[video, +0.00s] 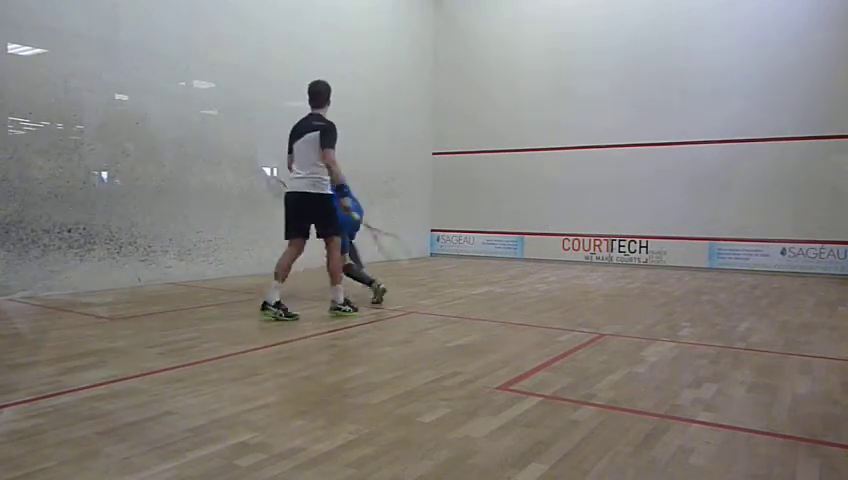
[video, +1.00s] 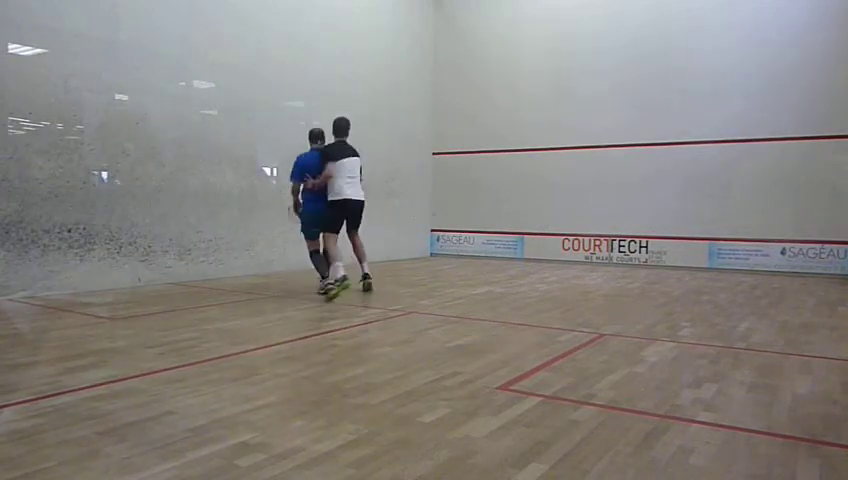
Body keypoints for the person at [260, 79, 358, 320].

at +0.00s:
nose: (329, 102)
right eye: (329, 99)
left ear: (309, 100)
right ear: (328, 101)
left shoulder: (297, 127)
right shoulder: (327, 127)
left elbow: (291, 165)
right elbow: (328, 160)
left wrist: (313, 179)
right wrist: (342, 190)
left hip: (294, 193)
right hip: (320, 194)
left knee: (295, 245)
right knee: (333, 243)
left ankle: (271, 300)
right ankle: (338, 300)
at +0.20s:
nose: (343, 105)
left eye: (336, 101)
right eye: (343, 102)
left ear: (323, 103)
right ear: (343, 103)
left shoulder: (312, 131)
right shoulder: (346, 128)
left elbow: (300, 167)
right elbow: (355, 159)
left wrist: (312, 187)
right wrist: (373, 192)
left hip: (315, 197)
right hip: (341, 196)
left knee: (321, 243)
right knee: (353, 243)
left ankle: (296, 282)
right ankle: (346, 296)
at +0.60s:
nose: (316, 128)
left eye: (316, 125)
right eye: (319, 124)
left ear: (314, 127)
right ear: (332, 126)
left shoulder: (312, 152)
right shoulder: (350, 146)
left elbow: (295, 180)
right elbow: (367, 173)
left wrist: (289, 207)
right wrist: (375, 202)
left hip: (329, 208)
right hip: (356, 207)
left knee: (314, 243)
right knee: (360, 246)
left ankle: (310, 284)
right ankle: (373, 277)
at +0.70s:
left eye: (310, 144)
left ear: (310, 145)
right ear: (327, 143)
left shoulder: (308, 167)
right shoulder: (345, 161)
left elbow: (298, 202)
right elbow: (367, 182)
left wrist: (296, 206)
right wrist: (378, 207)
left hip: (329, 213)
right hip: (354, 211)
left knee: (314, 254)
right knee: (356, 242)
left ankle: (309, 294)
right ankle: (372, 279)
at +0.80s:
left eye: (316, 145)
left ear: (314, 147)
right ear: (331, 145)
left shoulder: (311, 168)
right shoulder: (346, 162)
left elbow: (309, 195)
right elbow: (368, 186)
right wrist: (371, 200)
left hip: (331, 212)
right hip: (354, 210)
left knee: (319, 252)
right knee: (359, 244)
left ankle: (309, 288)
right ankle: (368, 280)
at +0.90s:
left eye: (327, 138)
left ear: (325, 141)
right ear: (341, 140)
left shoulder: (320, 162)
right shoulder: (352, 159)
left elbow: (317, 192)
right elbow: (364, 186)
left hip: (334, 207)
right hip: (356, 206)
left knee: (326, 245)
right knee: (356, 240)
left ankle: (320, 276)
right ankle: (367, 278)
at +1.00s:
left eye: (335, 130)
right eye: (345, 129)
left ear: (332, 131)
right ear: (348, 132)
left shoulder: (327, 150)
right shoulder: (354, 152)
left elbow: (328, 175)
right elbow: (359, 177)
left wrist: (314, 183)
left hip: (337, 199)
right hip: (357, 198)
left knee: (330, 238)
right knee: (354, 234)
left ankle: (339, 273)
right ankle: (366, 271)